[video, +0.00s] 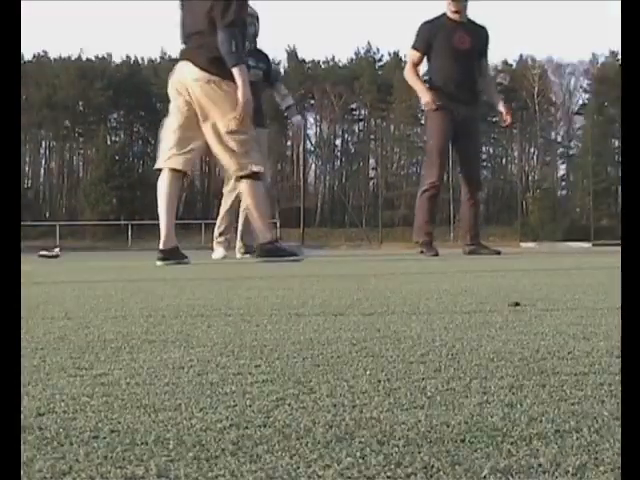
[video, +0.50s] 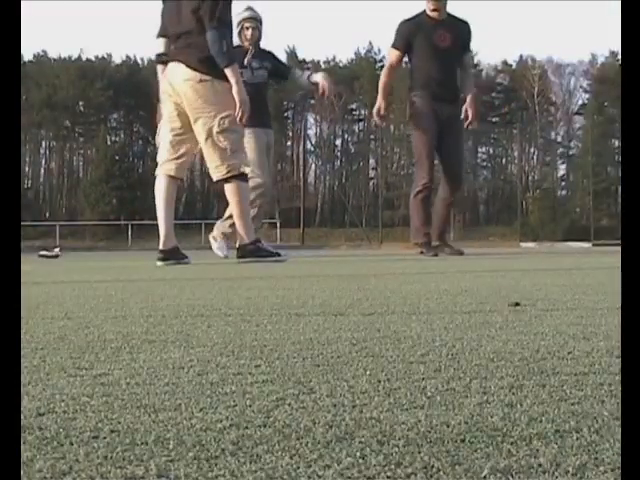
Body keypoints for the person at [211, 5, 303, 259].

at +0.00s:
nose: (250, 31)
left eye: (253, 25)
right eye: (246, 24)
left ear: (258, 28)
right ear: (235, 26)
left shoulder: (262, 59)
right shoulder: (223, 60)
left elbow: (279, 90)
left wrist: (293, 114)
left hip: (261, 127)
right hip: (231, 128)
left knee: (255, 182)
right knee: (233, 183)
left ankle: (247, 241)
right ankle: (221, 242)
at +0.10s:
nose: (247, 29)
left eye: (251, 25)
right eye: (243, 25)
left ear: (258, 28)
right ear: (235, 29)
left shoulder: (264, 58)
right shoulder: (227, 57)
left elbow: (286, 88)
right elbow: (214, 90)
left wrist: (297, 109)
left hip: (261, 128)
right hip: (236, 127)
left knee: (260, 187)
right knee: (236, 185)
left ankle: (247, 238)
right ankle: (222, 242)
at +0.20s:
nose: (247, 30)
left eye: (252, 26)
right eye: (243, 26)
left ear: (258, 30)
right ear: (236, 29)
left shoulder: (265, 57)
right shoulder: (226, 55)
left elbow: (290, 81)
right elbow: (213, 85)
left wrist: (305, 99)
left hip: (264, 128)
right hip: (239, 126)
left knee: (262, 187)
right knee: (241, 182)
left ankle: (245, 238)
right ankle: (223, 241)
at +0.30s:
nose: (248, 30)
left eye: (252, 26)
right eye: (243, 26)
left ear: (259, 30)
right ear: (237, 29)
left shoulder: (265, 56)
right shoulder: (227, 55)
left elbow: (293, 76)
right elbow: (209, 83)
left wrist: (310, 92)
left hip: (265, 127)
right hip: (240, 126)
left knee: (262, 188)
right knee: (245, 182)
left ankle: (247, 238)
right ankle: (224, 240)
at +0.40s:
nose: (249, 31)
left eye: (253, 27)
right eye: (244, 27)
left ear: (260, 31)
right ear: (238, 30)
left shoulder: (267, 57)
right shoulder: (230, 56)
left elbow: (294, 72)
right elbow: (216, 81)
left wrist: (316, 83)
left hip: (266, 127)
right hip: (244, 126)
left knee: (265, 185)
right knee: (252, 180)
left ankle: (250, 237)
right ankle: (223, 236)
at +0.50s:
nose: (250, 32)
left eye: (254, 28)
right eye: (245, 28)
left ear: (260, 31)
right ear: (239, 31)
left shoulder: (267, 57)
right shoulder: (230, 56)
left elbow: (294, 76)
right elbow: (216, 83)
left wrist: (315, 78)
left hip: (265, 127)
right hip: (245, 127)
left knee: (265, 186)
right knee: (258, 181)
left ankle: (249, 237)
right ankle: (221, 233)